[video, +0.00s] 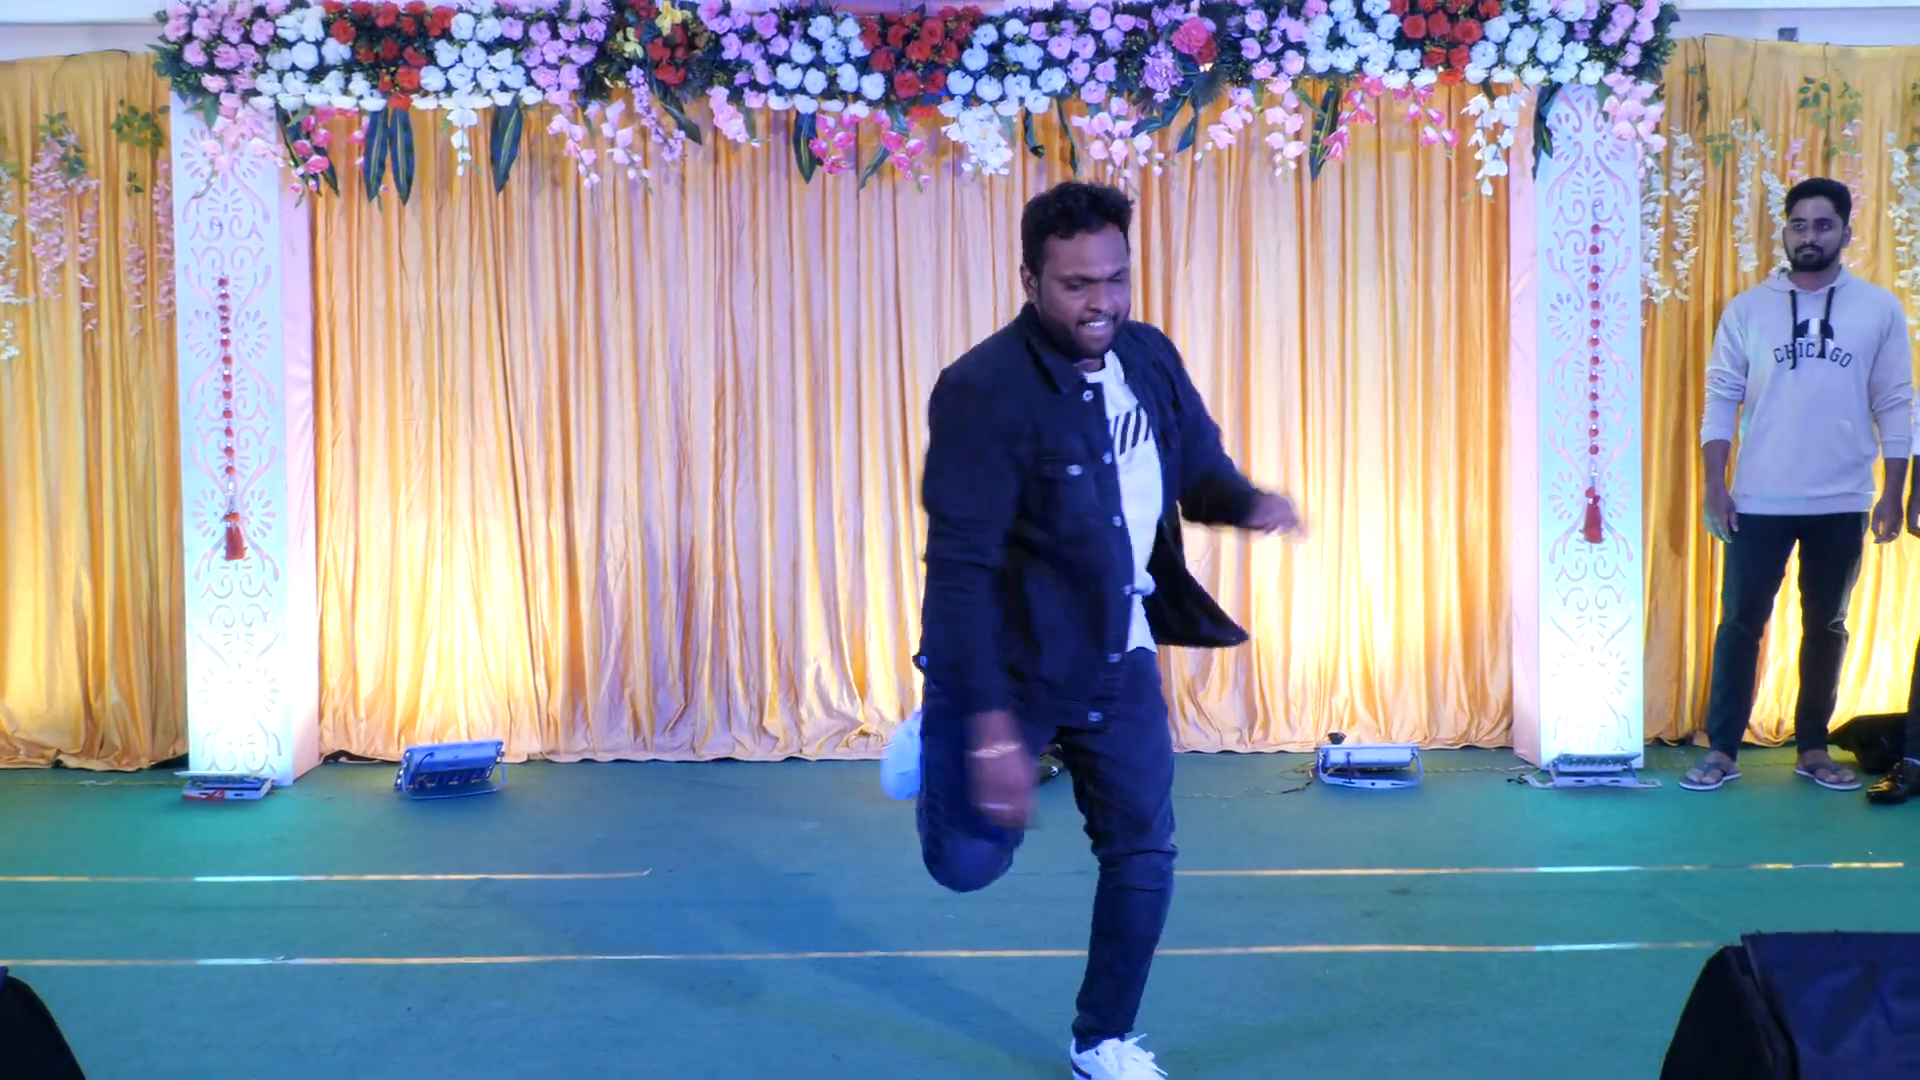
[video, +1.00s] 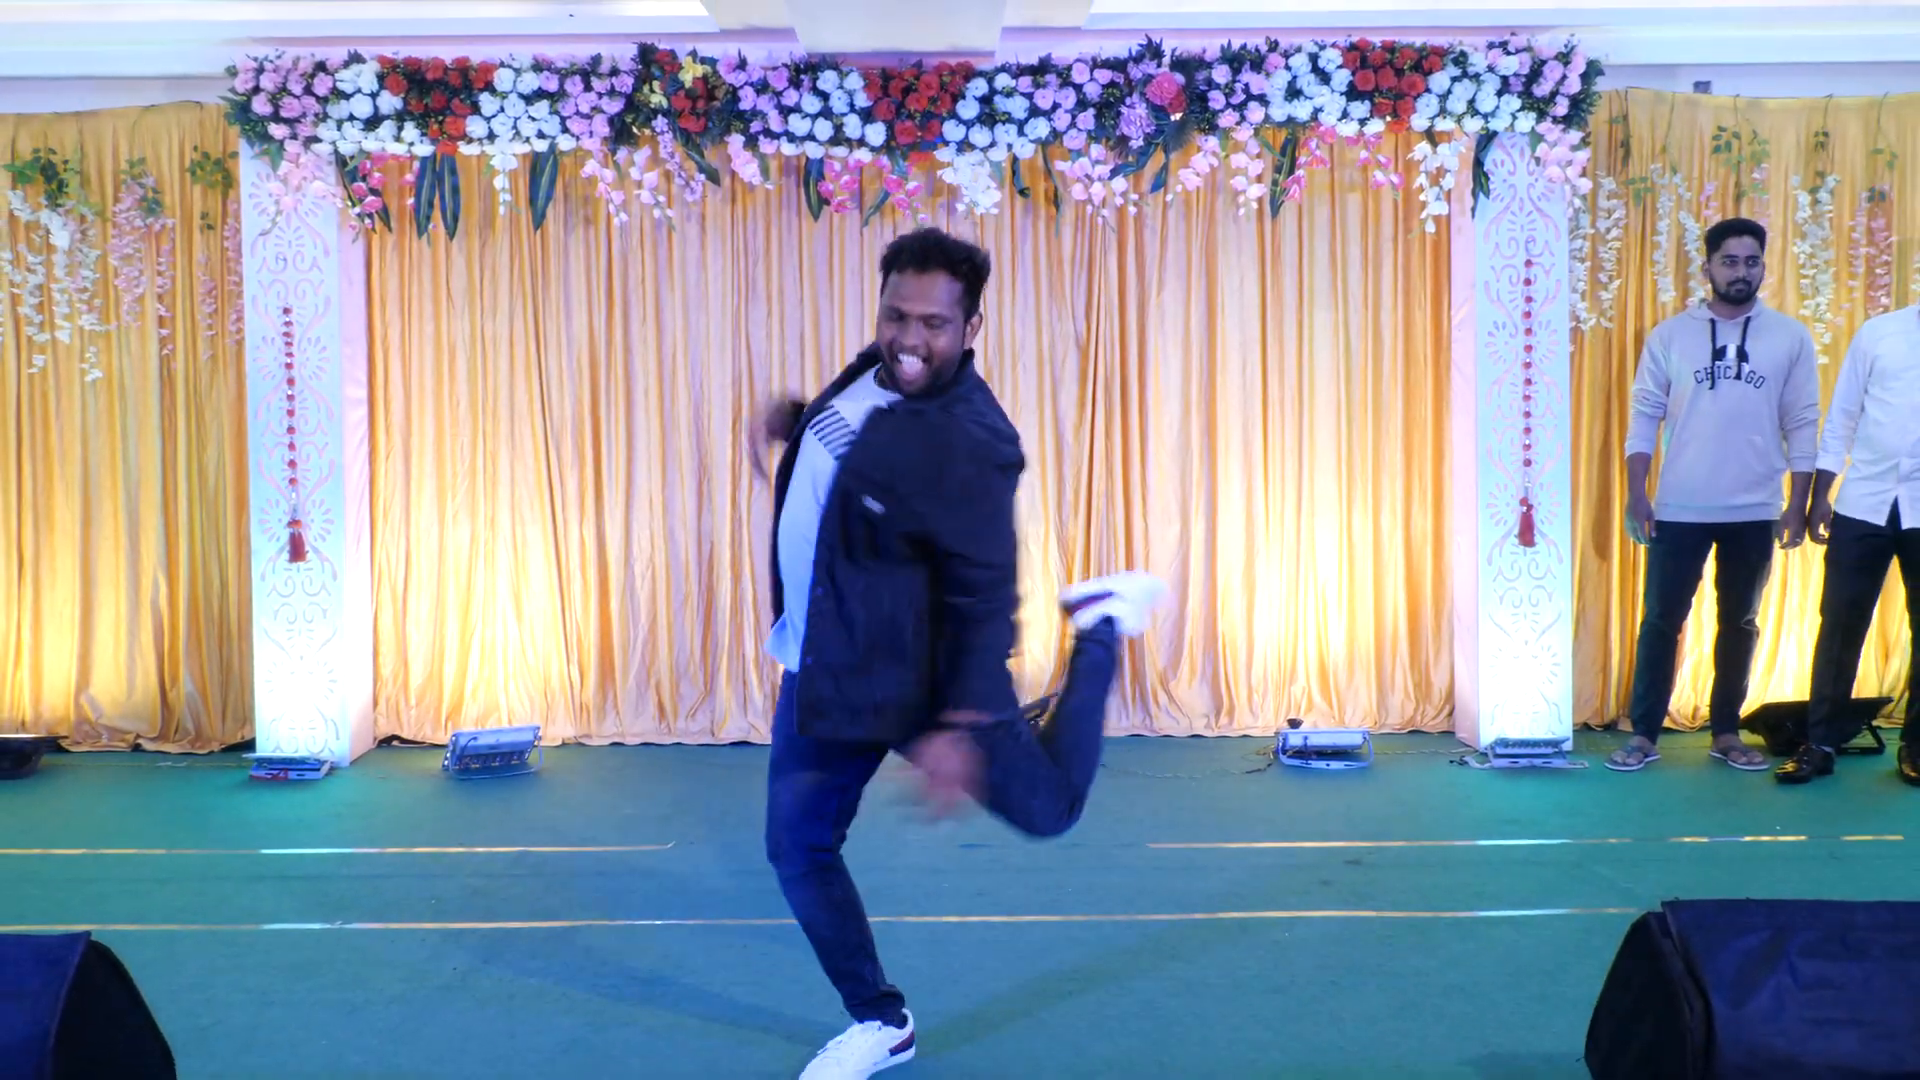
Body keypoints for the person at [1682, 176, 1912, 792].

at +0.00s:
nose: (1809, 235)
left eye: (1823, 225)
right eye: (1798, 224)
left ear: (1845, 234)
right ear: (1784, 231)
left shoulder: (1878, 309)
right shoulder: (1747, 309)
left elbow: (1896, 404)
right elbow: (1721, 397)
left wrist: (1894, 490)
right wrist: (1714, 482)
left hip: (1840, 499)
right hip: (1760, 497)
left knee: (1826, 629)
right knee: (1740, 623)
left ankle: (1812, 750)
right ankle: (1722, 751)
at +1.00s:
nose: (1741, 270)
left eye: (1751, 261)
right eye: (1730, 260)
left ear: (1764, 268)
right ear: (1708, 266)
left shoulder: (1789, 338)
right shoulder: (1670, 335)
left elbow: (1802, 422)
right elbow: (1645, 413)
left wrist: (1799, 501)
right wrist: (1636, 489)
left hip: (1753, 509)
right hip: (1681, 506)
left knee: (1739, 627)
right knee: (1660, 622)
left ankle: (1726, 734)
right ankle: (1643, 735)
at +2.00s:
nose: (1731, 273)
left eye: (1744, 264)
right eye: (1721, 264)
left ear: (1763, 272)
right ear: (1707, 270)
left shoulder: (1792, 341)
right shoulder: (1671, 338)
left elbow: (1804, 426)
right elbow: (1647, 416)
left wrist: (1802, 505)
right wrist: (1637, 491)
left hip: (1755, 510)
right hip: (1682, 508)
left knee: (1741, 628)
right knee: (1661, 623)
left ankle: (1727, 736)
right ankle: (1645, 736)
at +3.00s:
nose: (1709, 277)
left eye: (1722, 267)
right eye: (1704, 267)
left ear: (1753, 270)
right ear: (1698, 270)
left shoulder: (1790, 340)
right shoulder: (1670, 338)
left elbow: (1806, 426)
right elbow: (1646, 416)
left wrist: (1803, 502)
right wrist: (1636, 492)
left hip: (1753, 511)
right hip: (1680, 508)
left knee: (1740, 628)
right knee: (1660, 620)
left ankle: (1727, 737)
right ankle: (1647, 736)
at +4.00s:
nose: (1646, 282)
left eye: (1658, 270)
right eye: (1637, 272)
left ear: (1684, 273)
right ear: (1627, 277)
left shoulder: (1728, 332)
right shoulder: (1607, 344)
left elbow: (1768, 395)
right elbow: (1586, 402)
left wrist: (1746, 471)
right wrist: (1595, 467)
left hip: (1708, 508)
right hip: (1634, 511)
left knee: (1721, 625)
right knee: (1637, 625)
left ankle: (1723, 739)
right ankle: (1649, 736)